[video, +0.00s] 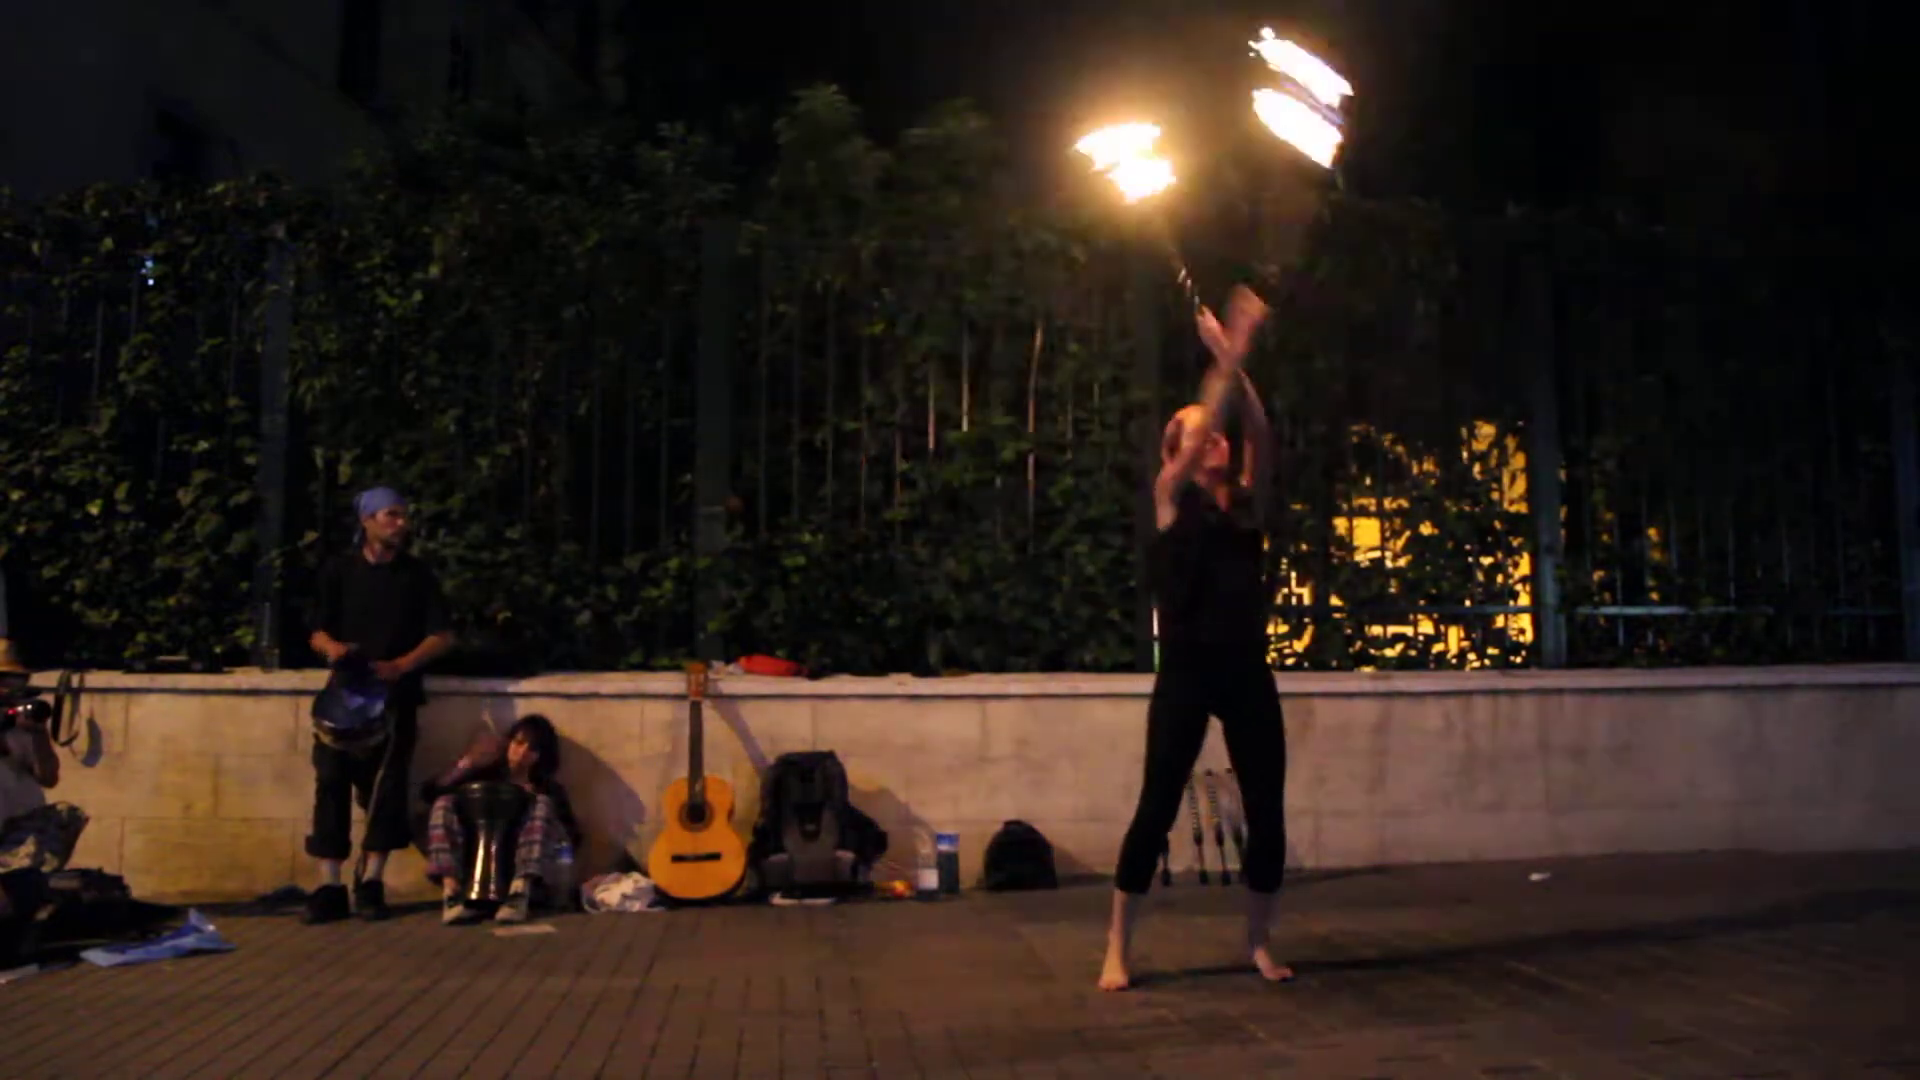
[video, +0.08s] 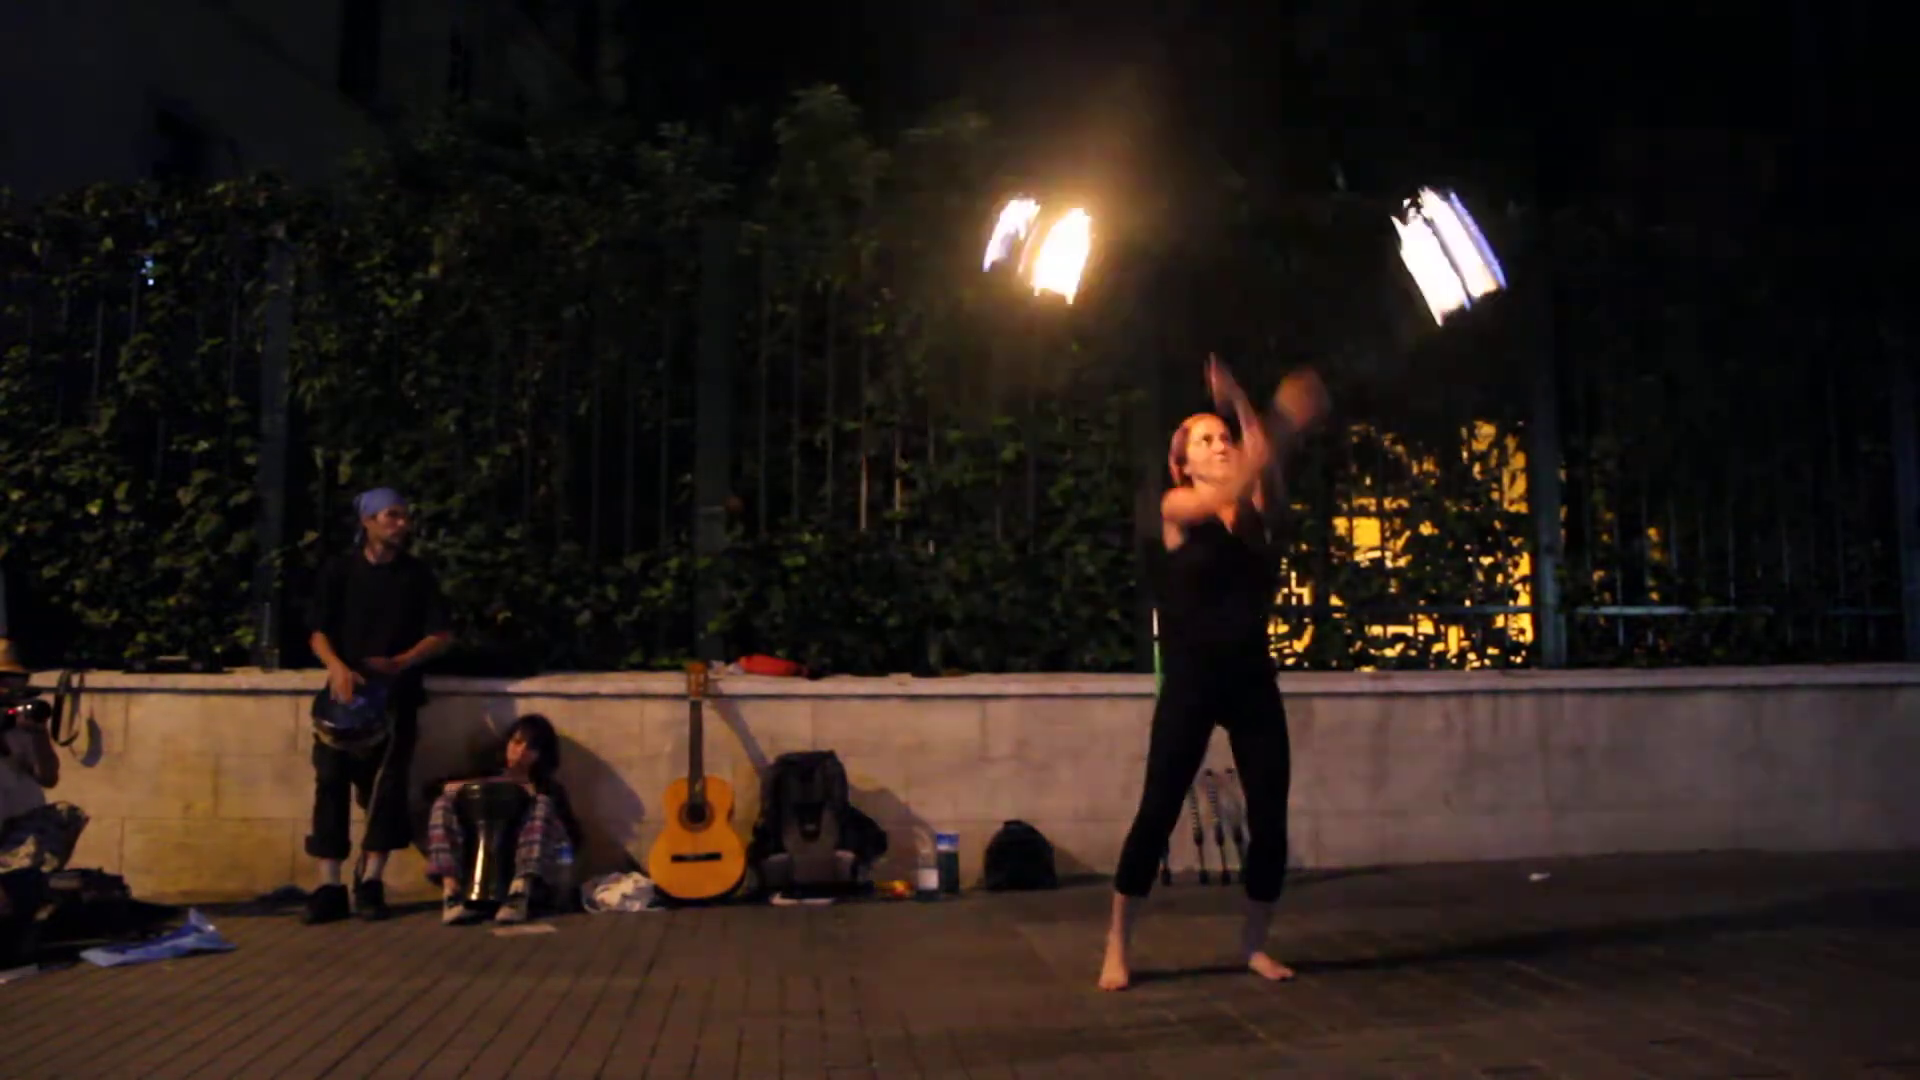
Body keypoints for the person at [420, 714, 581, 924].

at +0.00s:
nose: (522, 752)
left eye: (532, 749)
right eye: (519, 743)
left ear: (541, 757)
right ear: (509, 743)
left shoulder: (549, 788)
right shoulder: (486, 774)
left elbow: (572, 837)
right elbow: (430, 794)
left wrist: (536, 799)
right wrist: (466, 763)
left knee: (541, 805)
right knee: (444, 804)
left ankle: (520, 893)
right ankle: (451, 892)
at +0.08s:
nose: (520, 751)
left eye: (530, 748)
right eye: (517, 742)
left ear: (539, 756)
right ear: (507, 744)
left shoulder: (550, 789)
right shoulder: (487, 782)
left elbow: (571, 839)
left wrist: (536, 800)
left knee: (542, 806)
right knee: (443, 805)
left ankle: (520, 892)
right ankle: (451, 892)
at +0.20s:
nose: (520, 749)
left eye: (529, 745)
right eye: (517, 740)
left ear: (538, 753)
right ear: (508, 742)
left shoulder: (550, 788)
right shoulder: (490, 775)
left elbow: (564, 839)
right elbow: (448, 780)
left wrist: (540, 798)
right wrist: (483, 757)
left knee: (542, 806)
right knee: (445, 804)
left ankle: (520, 892)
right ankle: (451, 893)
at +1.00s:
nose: (528, 755)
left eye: (533, 747)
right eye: (520, 747)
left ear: (542, 752)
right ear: (504, 751)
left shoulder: (548, 787)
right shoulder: (483, 782)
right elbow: (437, 787)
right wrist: (465, 756)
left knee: (541, 805)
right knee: (443, 805)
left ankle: (520, 893)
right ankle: (451, 893)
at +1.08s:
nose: (525, 755)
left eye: (531, 747)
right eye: (517, 746)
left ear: (539, 752)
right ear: (500, 750)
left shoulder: (547, 788)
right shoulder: (480, 789)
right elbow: (447, 787)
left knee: (541, 806)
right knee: (443, 805)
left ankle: (521, 893)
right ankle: (451, 892)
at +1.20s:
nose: (517, 752)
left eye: (523, 745)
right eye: (509, 745)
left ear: (535, 750)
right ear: (495, 749)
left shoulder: (549, 787)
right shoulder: (482, 785)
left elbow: (577, 838)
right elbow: (435, 789)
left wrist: (542, 799)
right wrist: (480, 763)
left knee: (542, 807)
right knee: (443, 805)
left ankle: (521, 892)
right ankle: (451, 892)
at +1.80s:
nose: (522, 752)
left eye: (527, 745)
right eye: (513, 745)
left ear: (536, 751)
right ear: (498, 748)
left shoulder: (547, 788)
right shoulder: (482, 783)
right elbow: (437, 783)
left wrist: (526, 785)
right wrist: (475, 753)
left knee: (540, 804)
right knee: (443, 805)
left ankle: (520, 893)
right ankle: (451, 893)